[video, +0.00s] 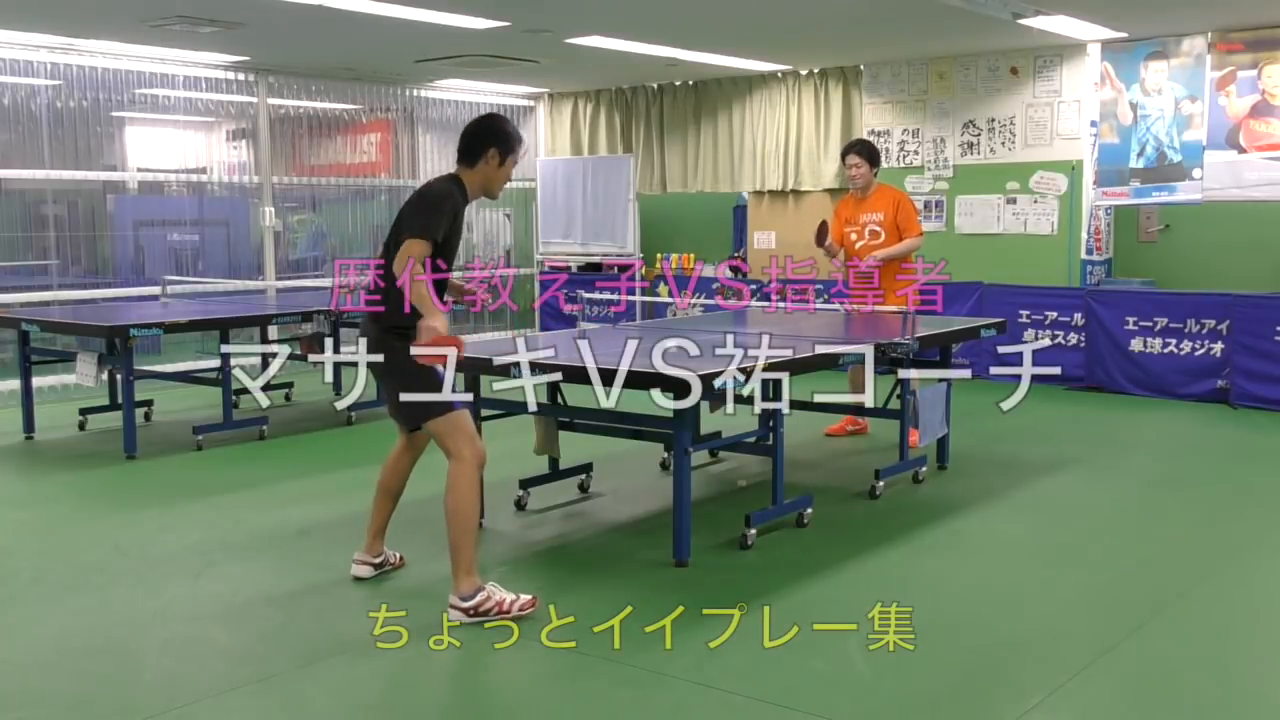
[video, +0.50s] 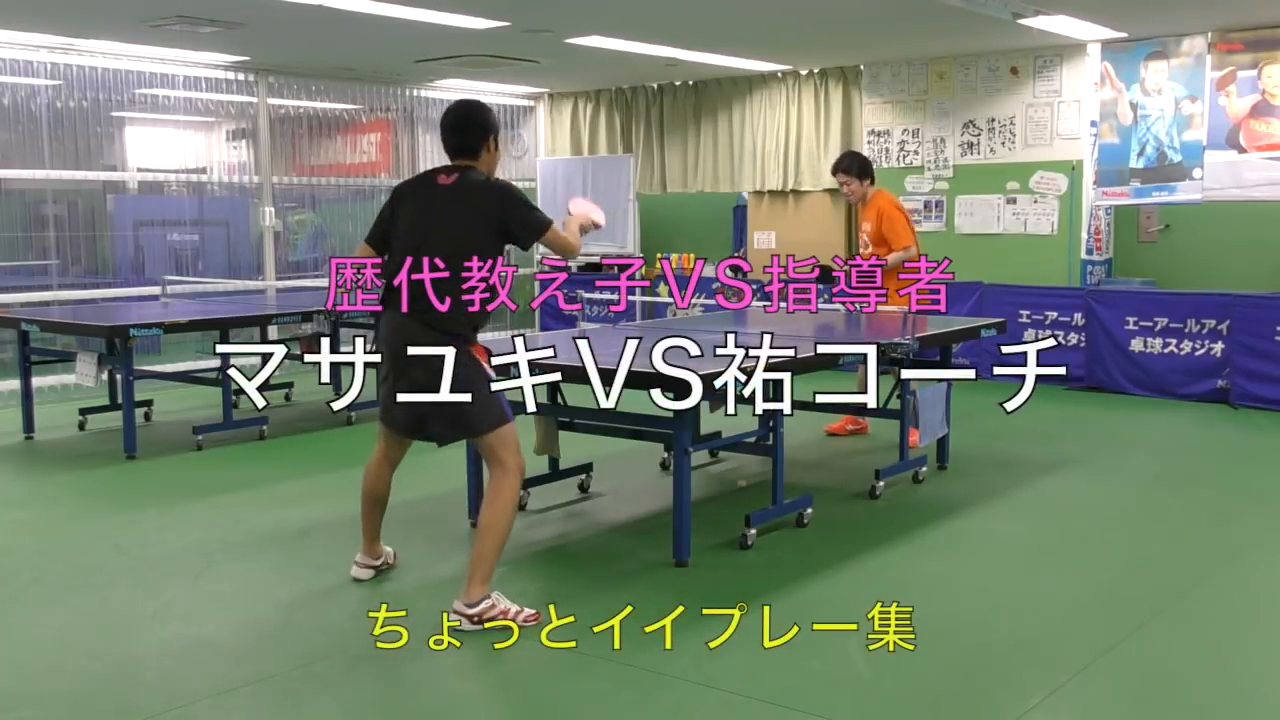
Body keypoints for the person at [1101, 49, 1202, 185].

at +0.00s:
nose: (1159, 76)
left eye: (1163, 71)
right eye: (1155, 71)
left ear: (1168, 72)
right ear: (1144, 72)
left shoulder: (1173, 89)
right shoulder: (1135, 91)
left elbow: (1199, 105)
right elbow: (1125, 121)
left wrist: (1192, 107)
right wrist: (1121, 94)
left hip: (1171, 161)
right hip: (1142, 163)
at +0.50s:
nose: (1159, 77)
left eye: (1162, 71)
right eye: (1154, 71)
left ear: (1168, 72)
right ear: (1144, 72)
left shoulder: (1174, 89)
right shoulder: (1135, 91)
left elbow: (1199, 105)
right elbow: (1125, 121)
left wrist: (1191, 107)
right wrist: (1121, 94)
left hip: (1171, 161)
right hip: (1142, 163)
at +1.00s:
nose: (1159, 77)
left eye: (1163, 71)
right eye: (1155, 71)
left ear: (1168, 73)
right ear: (1144, 72)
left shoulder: (1174, 89)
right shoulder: (1135, 91)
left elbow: (1199, 105)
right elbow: (1125, 120)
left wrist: (1191, 107)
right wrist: (1122, 94)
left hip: (1171, 161)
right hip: (1142, 163)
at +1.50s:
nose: (1159, 77)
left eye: (1163, 71)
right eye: (1155, 71)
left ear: (1168, 73)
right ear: (1144, 72)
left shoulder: (1173, 89)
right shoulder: (1135, 91)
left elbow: (1199, 106)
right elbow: (1125, 121)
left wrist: (1191, 107)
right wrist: (1121, 94)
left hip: (1171, 161)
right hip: (1142, 163)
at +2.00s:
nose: (1159, 77)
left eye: (1163, 71)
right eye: (1155, 71)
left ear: (1168, 73)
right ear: (1144, 72)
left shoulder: (1173, 89)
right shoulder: (1135, 91)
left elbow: (1199, 106)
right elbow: (1125, 121)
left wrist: (1191, 107)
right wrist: (1121, 94)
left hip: (1171, 161)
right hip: (1141, 163)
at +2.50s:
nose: (1159, 76)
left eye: (1163, 71)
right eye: (1155, 71)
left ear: (1168, 73)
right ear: (1144, 72)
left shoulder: (1173, 89)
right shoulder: (1135, 91)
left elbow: (1199, 105)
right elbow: (1125, 120)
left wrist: (1191, 107)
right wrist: (1121, 94)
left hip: (1171, 161)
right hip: (1141, 163)